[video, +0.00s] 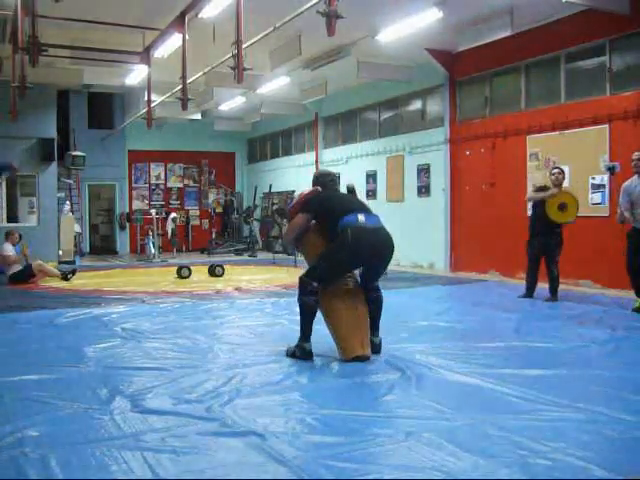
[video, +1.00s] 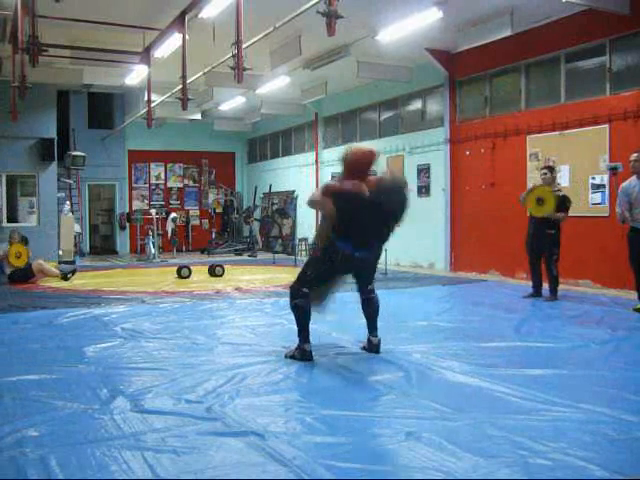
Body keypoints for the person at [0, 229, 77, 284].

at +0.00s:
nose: (17, 240)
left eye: (17, 238)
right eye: (15, 237)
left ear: (17, 239)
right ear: (9, 237)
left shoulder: (12, 248)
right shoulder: (6, 246)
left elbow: (14, 261)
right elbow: (9, 261)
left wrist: (24, 256)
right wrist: (21, 255)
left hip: (19, 274)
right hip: (14, 276)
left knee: (45, 270)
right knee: (39, 264)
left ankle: (64, 274)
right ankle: (62, 275)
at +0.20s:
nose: (20, 240)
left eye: (19, 239)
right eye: (19, 239)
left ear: (10, 237)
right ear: (18, 238)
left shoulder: (3, 247)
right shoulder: (17, 248)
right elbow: (24, 263)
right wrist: (30, 254)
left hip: (10, 277)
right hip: (16, 276)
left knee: (44, 270)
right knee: (39, 265)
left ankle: (64, 274)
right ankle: (63, 276)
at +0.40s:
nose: (24, 242)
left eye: (24, 240)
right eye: (24, 240)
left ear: (14, 238)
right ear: (21, 239)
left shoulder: (4, 246)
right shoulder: (20, 249)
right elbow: (25, 264)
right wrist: (28, 255)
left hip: (10, 277)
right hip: (17, 276)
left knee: (40, 266)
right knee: (40, 265)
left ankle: (63, 274)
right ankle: (63, 275)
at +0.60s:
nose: (18, 240)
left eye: (18, 238)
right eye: (18, 238)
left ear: (9, 237)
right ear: (15, 238)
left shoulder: (5, 246)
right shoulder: (11, 247)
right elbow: (18, 262)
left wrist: (25, 257)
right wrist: (27, 256)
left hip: (11, 275)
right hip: (14, 276)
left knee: (40, 266)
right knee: (40, 265)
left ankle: (63, 274)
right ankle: (63, 275)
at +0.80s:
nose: (15, 240)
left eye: (16, 238)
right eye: (14, 238)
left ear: (15, 238)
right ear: (8, 237)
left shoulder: (16, 247)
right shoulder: (4, 247)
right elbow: (4, 260)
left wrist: (26, 255)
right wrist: (17, 256)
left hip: (21, 272)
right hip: (13, 275)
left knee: (44, 269)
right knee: (38, 264)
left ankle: (63, 275)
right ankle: (62, 275)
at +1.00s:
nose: (15, 240)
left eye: (16, 238)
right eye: (13, 238)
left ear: (20, 238)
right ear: (10, 239)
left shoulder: (23, 249)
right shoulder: (6, 249)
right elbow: (2, 258)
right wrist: (6, 254)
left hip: (24, 273)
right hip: (13, 275)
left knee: (45, 269)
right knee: (39, 264)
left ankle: (63, 274)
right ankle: (61, 275)